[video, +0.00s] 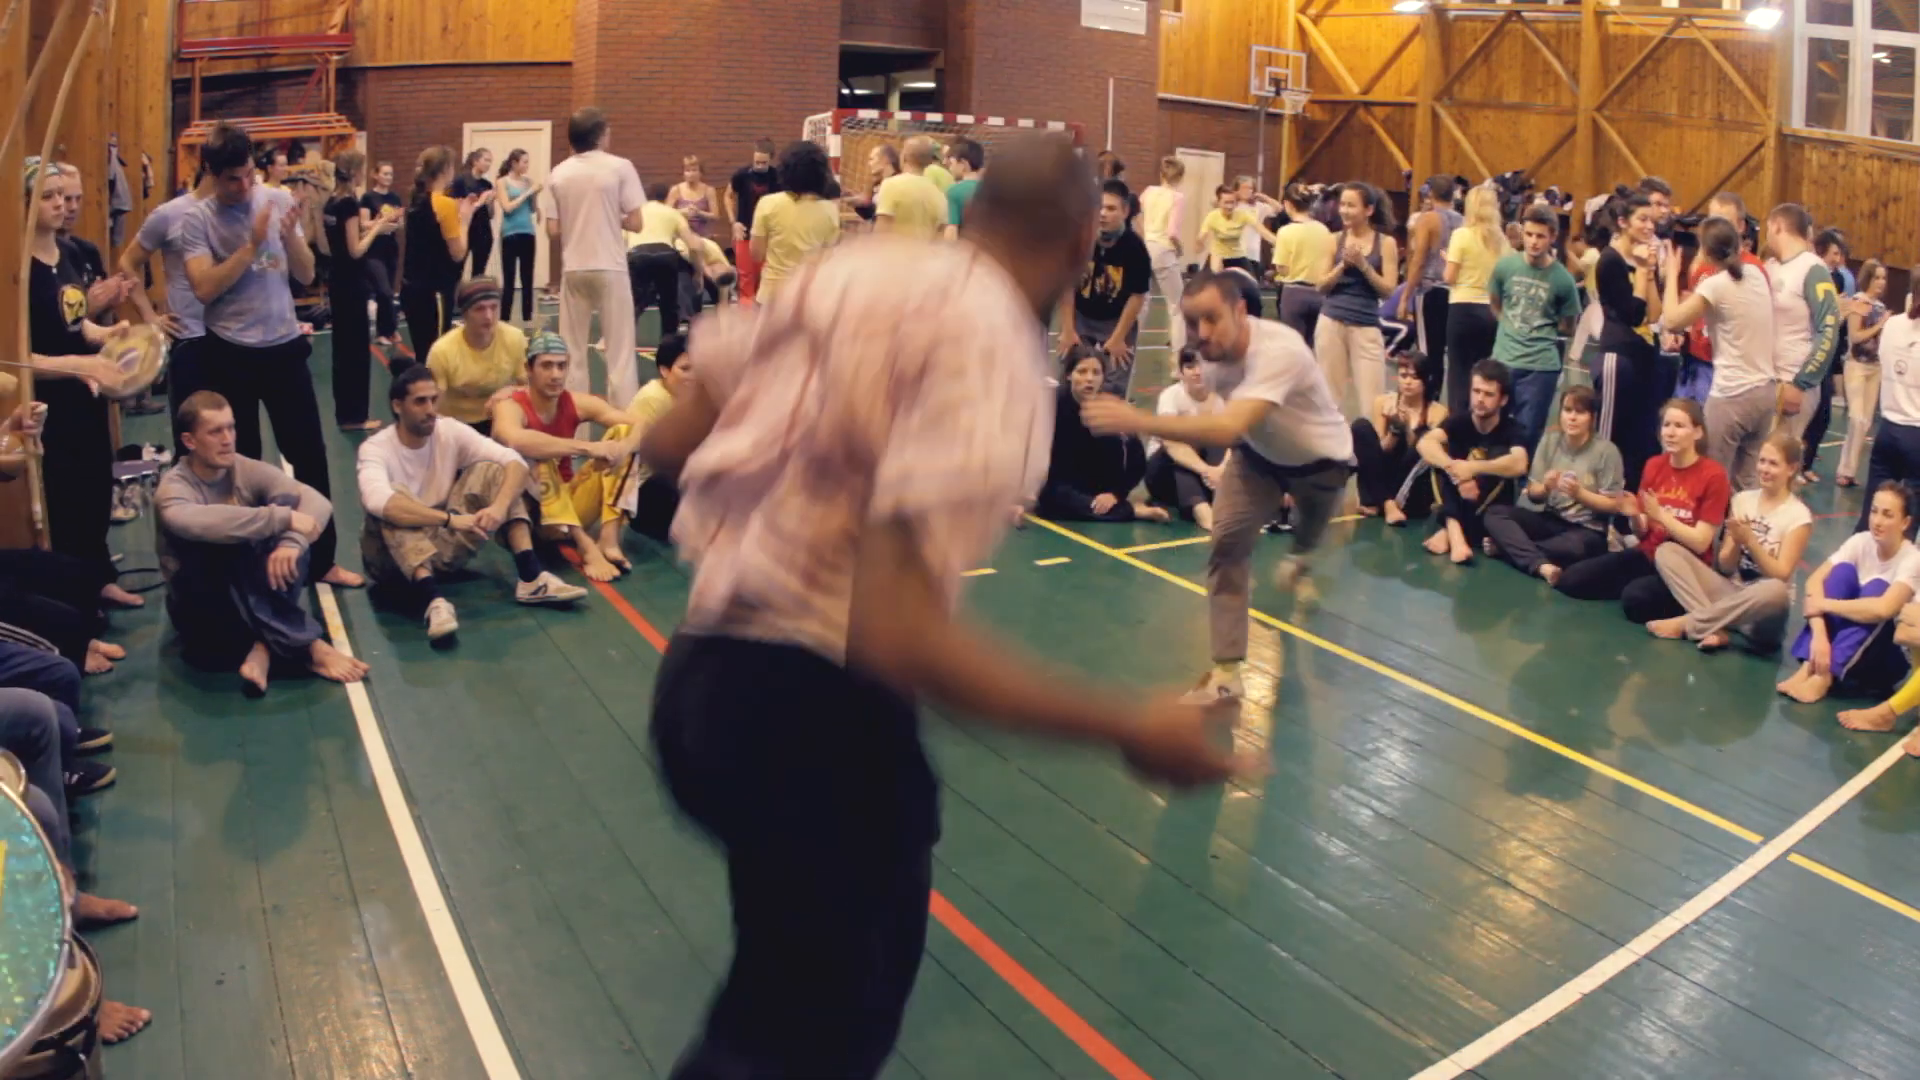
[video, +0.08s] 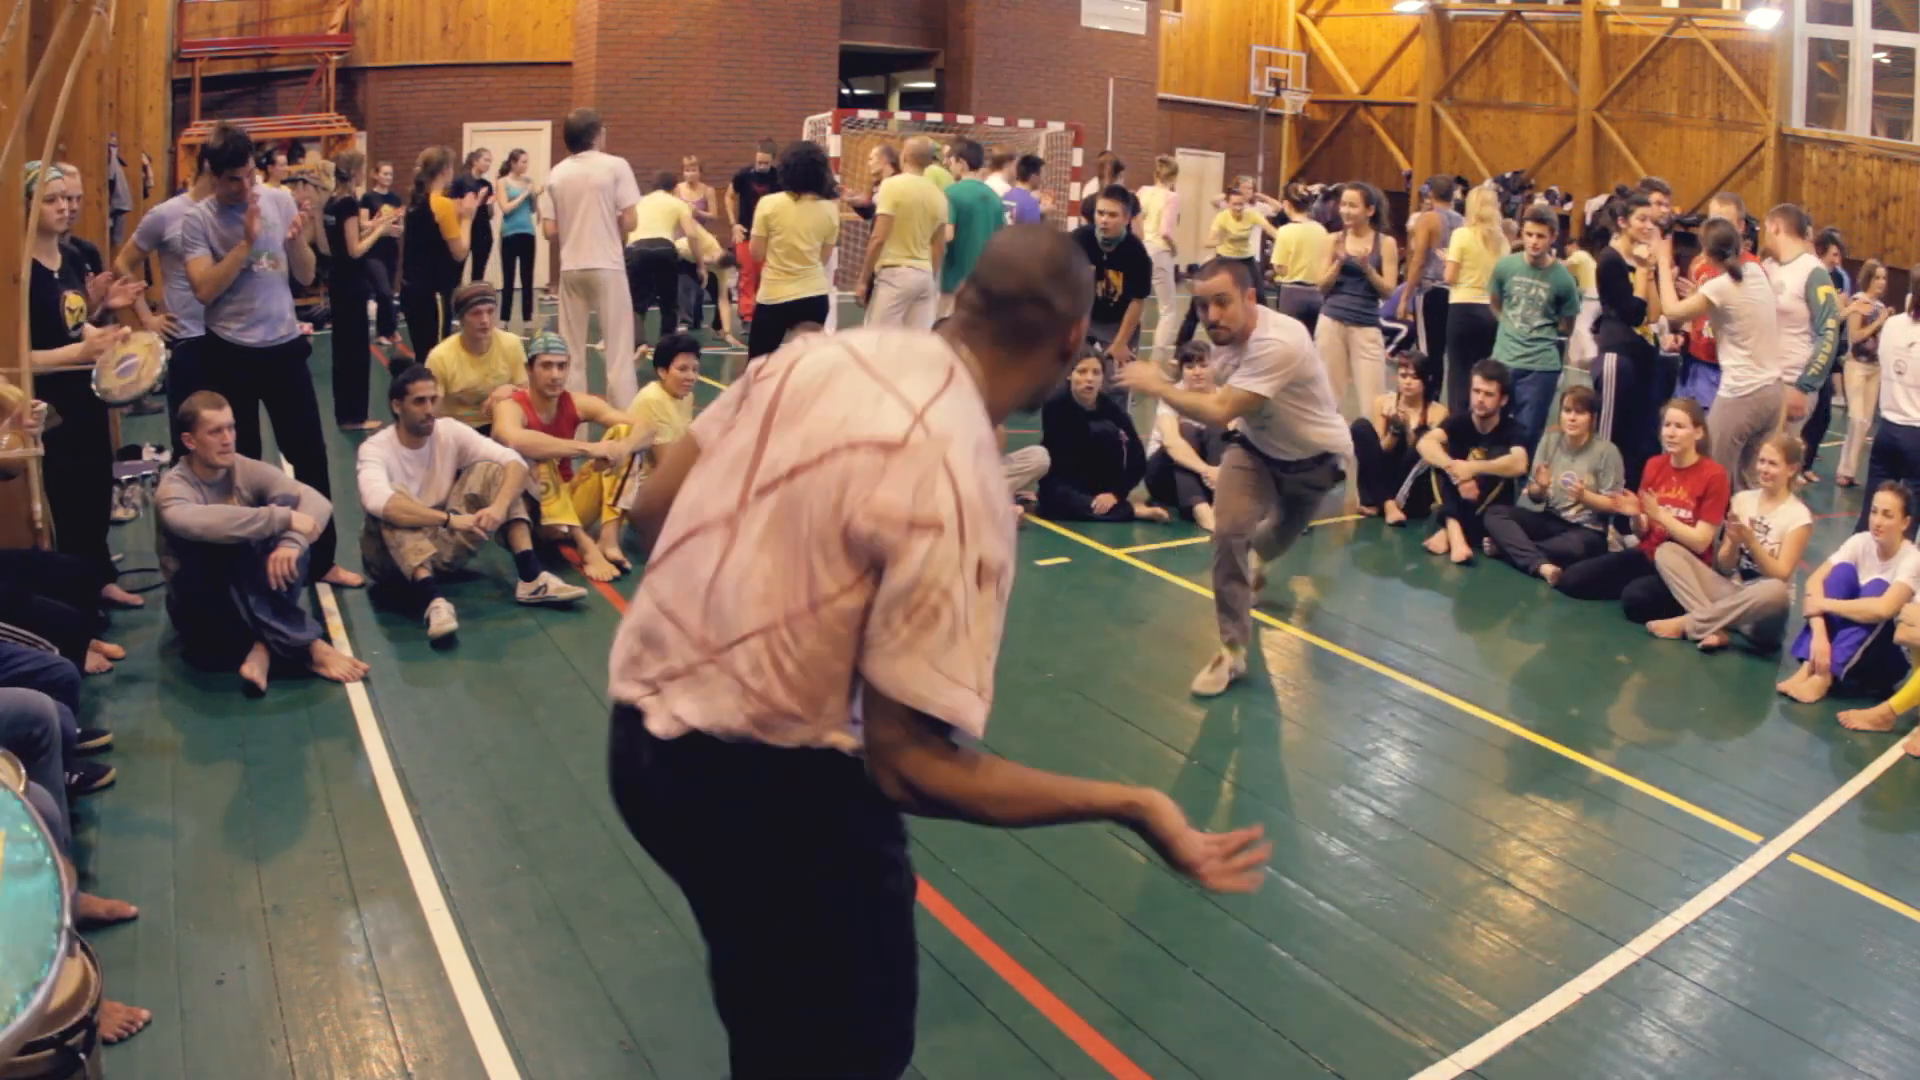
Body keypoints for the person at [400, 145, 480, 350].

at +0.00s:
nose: (453, 172)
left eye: (453, 167)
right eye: (452, 167)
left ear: (426, 169)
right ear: (444, 170)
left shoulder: (414, 200)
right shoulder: (444, 204)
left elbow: (431, 240)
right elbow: (458, 252)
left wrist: (459, 213)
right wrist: (465, 219)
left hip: (411, 285)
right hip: (433, 289)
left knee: (422, 353)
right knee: (433, 354)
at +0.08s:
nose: (453, 172)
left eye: (453, 167)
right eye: (452, 167)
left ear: (426, 169)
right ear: (444, 171)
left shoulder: (415, 202)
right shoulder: (442, 204)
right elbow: (460, 251)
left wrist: (457, 213)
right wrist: (467, 217)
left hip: (412, 287)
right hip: (433, 290)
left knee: (423, 355)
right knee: (435, 356)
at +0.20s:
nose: (451, 173)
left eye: (450, 168)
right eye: (449, 167)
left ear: (424, 169)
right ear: (442, 171)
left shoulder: (411, 205)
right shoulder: (442, 205)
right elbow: (457, 254)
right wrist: (462, 220)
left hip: (410, 287)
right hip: (433, 290)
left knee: (422, 354)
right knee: (435, 354)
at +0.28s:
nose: (450, 174)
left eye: (449, 168)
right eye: (449, 168)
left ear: (422, 170)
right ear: (441, 171)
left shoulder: (409, 204)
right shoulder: (441, 206)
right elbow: (456, 255)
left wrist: (457, 213)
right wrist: (461, 220)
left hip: (410, 287)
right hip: (432, 290)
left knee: (422, 353)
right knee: (436, 353)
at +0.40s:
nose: (449, 173)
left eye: (449, 168)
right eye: (448, 167)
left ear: (422, 169)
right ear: (441, 171)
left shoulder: (410, 204)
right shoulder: (441, 206)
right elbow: (459, 253)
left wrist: (454, 213)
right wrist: (463, 219)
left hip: (410, 287)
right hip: (433, 290)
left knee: (423, 354)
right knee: (437, 354)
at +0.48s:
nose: (448, 173)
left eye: (447, 168)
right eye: (447, 168)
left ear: (421, 170)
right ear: (440, 171)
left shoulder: (408, 205)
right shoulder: (442, 206)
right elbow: (457, 253)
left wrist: (451, 214)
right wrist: (457, 217)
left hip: (410, 287)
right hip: (432, 289)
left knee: (423, 352)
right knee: (434, 351)